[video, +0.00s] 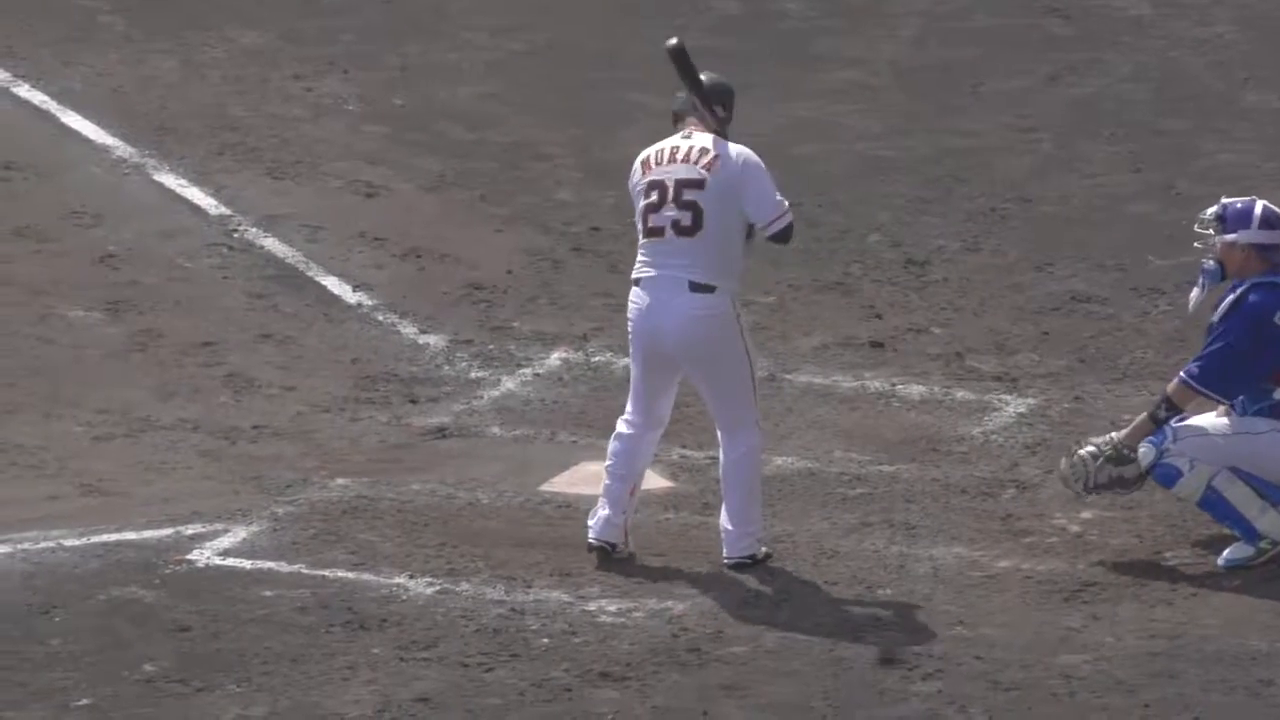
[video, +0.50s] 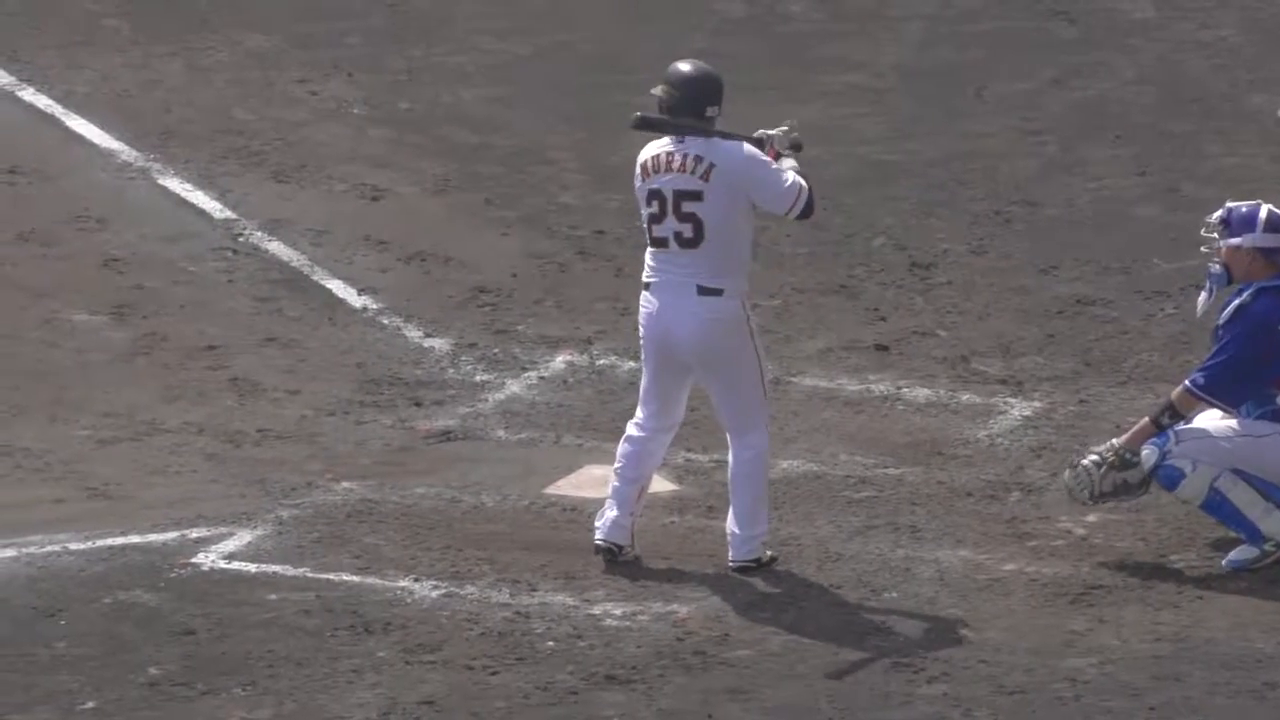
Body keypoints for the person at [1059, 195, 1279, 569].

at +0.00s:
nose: (1215, 249)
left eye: (1222, 241)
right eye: (1218, 240)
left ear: (1246, 251)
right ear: (1250, 252)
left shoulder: (1257, 305)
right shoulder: (1262, 294)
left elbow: (1194, 384)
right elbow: (1221, 387)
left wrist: (1125, 441)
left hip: (1272, 435)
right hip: (1269, 424)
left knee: (1166, 449)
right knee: (1181, 432)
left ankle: (1266, 531)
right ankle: (1268, 512)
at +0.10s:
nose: (1214, 249)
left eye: (1222, 240)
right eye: (1217, 239)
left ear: (1246, 251)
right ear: (1249, 252)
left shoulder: (1257, 309)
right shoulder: (1261, 296)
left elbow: (1191, 388)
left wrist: (1123, 444)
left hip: (1271, 438)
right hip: (1268, 427)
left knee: (1165, 451)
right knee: (1186, 432)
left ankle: (1266, 532)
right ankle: (1267, 512)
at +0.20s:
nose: (1216, 251)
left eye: (1224, 242)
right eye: (1219, 241)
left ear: (1248, 252)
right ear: (1250, 252)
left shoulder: (1259, 311)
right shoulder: (1259, 298)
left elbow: (1194, 391)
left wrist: (1123, 445)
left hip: (1272, 438)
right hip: (1267, 426)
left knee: (1165, 453)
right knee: (1194, 427)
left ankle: (1267, 533)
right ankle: (1269, 511)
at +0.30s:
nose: (1219, 251)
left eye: (1226, 242)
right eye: (1222, 241)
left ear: (1250, 252)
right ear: (1251, 252)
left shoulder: (1260, 312)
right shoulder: (1259, 298)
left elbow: (1193, 394)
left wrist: (1121, 450)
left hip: (1271, 439)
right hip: (1267, 427)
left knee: (1168, 453)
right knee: (1198, 425)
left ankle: (1269, 534)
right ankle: (1267, 513)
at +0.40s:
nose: (1219, 250)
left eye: (1227, 242)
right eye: (1222, 241)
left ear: (1251, 254)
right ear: (1252, 254)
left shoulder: (1261, 314)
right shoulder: (1259, 299)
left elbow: (1195, 394)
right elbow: (1221, 387)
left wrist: (1122, 450)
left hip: (1273, 440)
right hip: (1269, 427)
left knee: (1168, 454)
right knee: (1199, 426)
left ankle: (1270, 534)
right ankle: (1270, 512)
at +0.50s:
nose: (1218, 252)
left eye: (1226, 244)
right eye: (1221, 243)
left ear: (1250, 254)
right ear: (1251, 254)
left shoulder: (1261, 313)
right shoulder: (1259, 299)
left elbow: (1194, 395)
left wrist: (1122, 449)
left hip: (1273, 439)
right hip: (1268, 426)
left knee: (1169, 453)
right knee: (1201, 425)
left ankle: (1270, 534)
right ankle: (1270, 511)